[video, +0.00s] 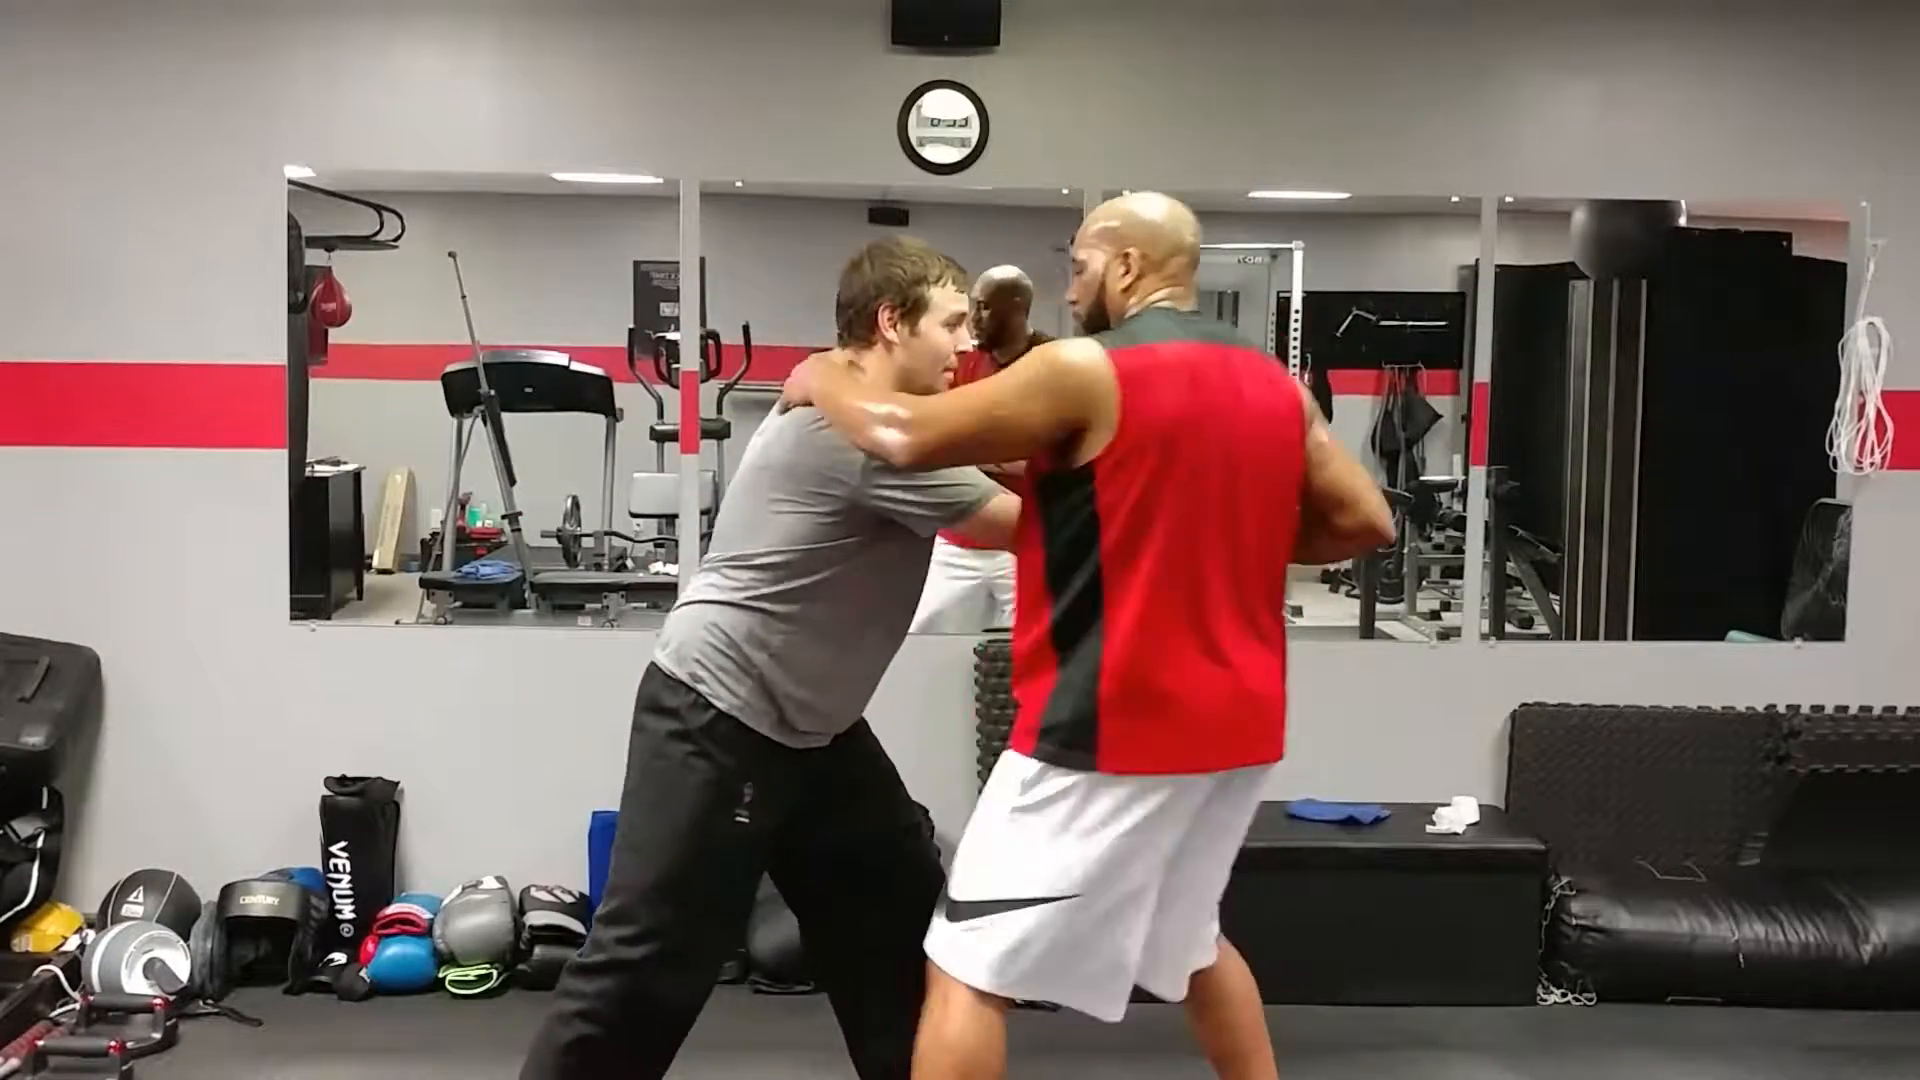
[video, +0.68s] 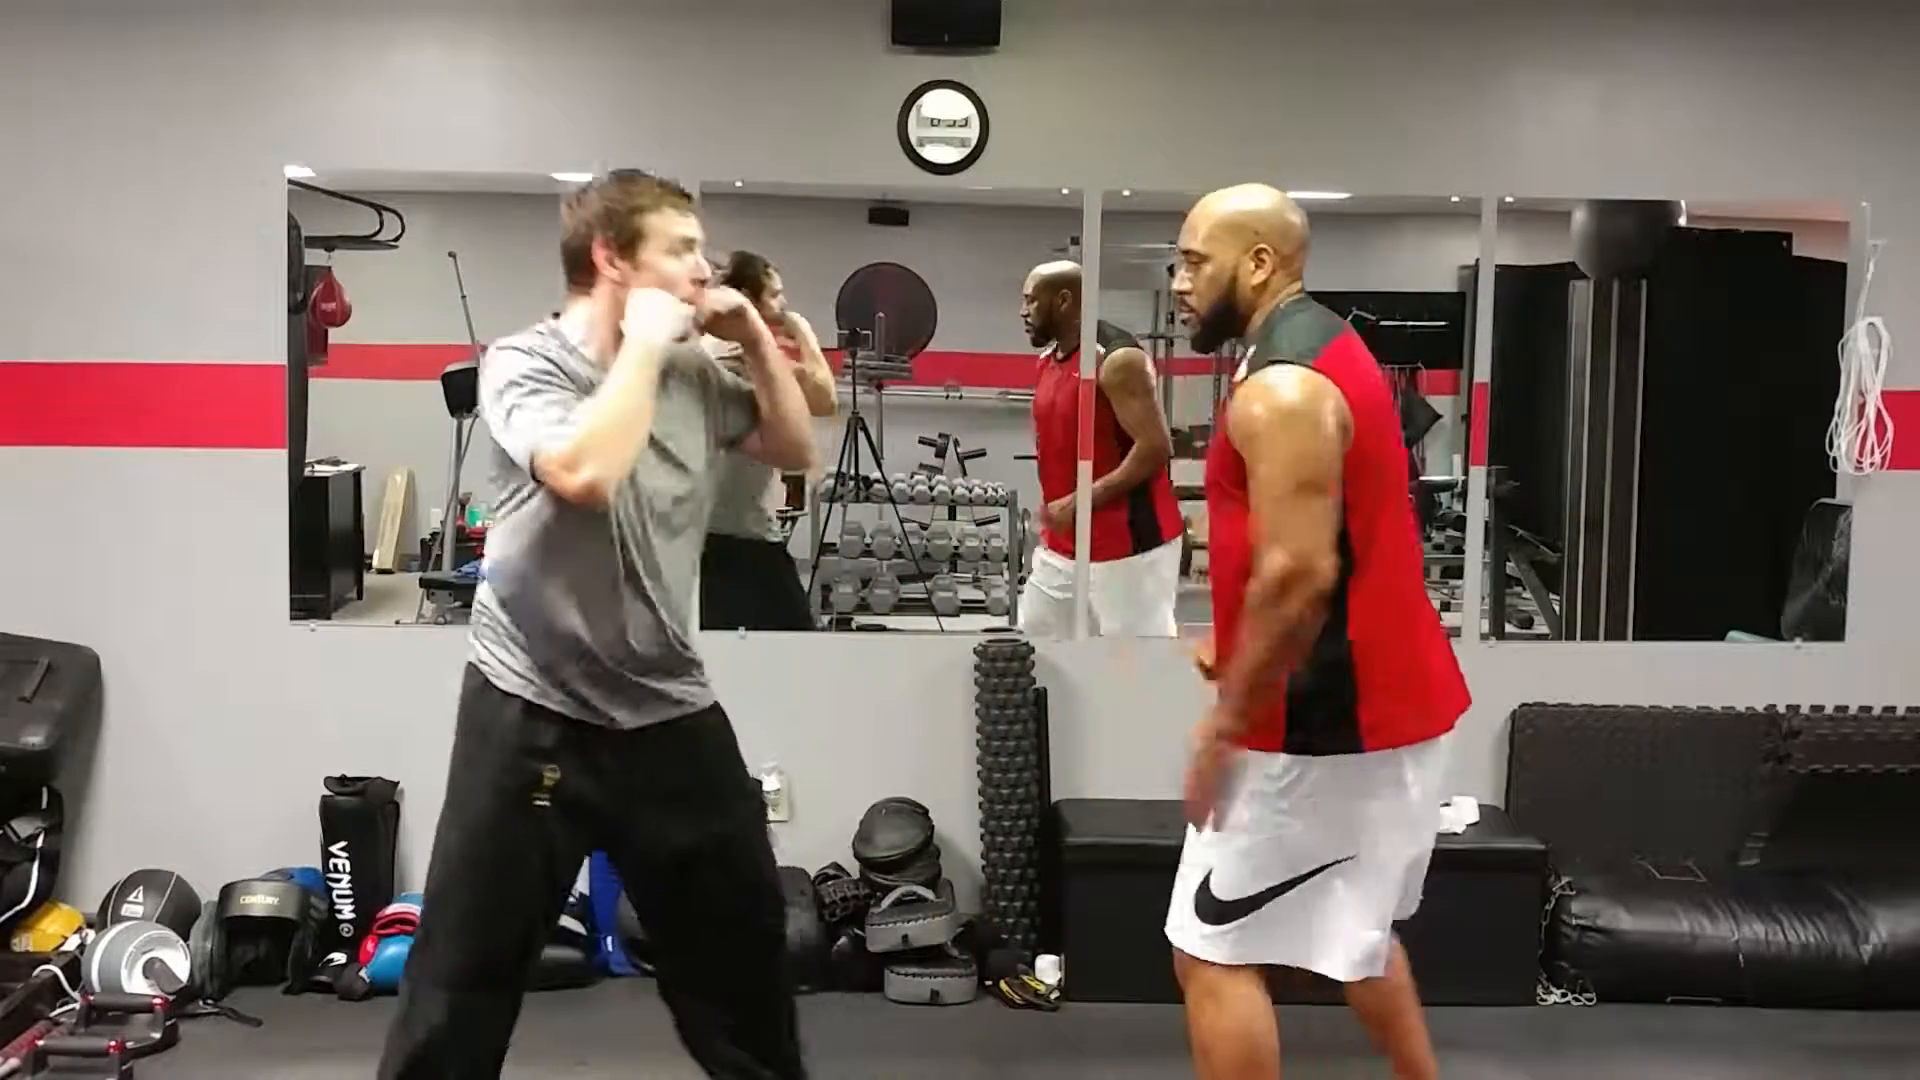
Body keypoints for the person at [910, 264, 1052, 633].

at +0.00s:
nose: (976, 323)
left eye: (986, 310)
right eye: (972, 311)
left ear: (1021, 310)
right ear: (971, 309)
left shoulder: (1058, 365)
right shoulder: (956, 366)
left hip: (1025, 550)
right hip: (952, 548)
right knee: (920, 667)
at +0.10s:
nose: (987, 309)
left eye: (996, 298)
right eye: (987, 297)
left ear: (1030, 298)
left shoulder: (1077, 360)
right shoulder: (974, 354)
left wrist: (1054, 469)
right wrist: (1006, 459)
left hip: (1061, 542)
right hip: (984, 537)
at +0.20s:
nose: (998, 302)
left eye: (1007, 292)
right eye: (998, 292)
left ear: (1044, 293)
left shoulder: (1082, 360)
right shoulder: (996, 347)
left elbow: (1115, 445)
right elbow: (940, 380)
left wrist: (1082, 467)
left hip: (1065, 528)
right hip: (1003, 517)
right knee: (946, 601)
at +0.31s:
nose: (1005, 297)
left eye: (1013, 287)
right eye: (1005, 287)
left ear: (1049, 287)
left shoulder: (1095, 352)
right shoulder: (1010, 343)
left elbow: (1141, 441)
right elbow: (948, 383)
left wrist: (1086, 473)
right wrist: (888, 385)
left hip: (1084, 540)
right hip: (1016, 526)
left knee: (1075, 664)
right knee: (969, 634)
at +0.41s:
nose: (1008, 296)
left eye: (1016, 286)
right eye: (1008, 286)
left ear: (1052, 286)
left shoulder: (1107, 351)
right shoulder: (1017, 345)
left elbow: (1140, 444)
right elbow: (960, 393)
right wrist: (892, 414)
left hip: (1099, 543)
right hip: (1030, 536)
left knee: (1100, 675)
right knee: (1016, 664)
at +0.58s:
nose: (1013, 309)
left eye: (1021, 298)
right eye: (1014, 299)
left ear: (1054, 298)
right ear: (1051, 299)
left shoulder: (1112, 359)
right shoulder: (1027, 365)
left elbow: (1148, 445)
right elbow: (1002, 438)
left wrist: (1070, 489)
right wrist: (961, 490)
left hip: (1107, 551)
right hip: (1048, 545)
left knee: (1101, 675)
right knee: (1032, 664)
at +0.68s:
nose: (1023, 312)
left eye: (1031, 300)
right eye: (1024, 301)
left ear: (1064, 301)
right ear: (1060, 304)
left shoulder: (1120, 361)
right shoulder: (1052, 362)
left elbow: (1155, 448)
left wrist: (1081, 500)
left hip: (1129, 550)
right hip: (1064, 545)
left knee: (1139, 669)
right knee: (1033, 654)